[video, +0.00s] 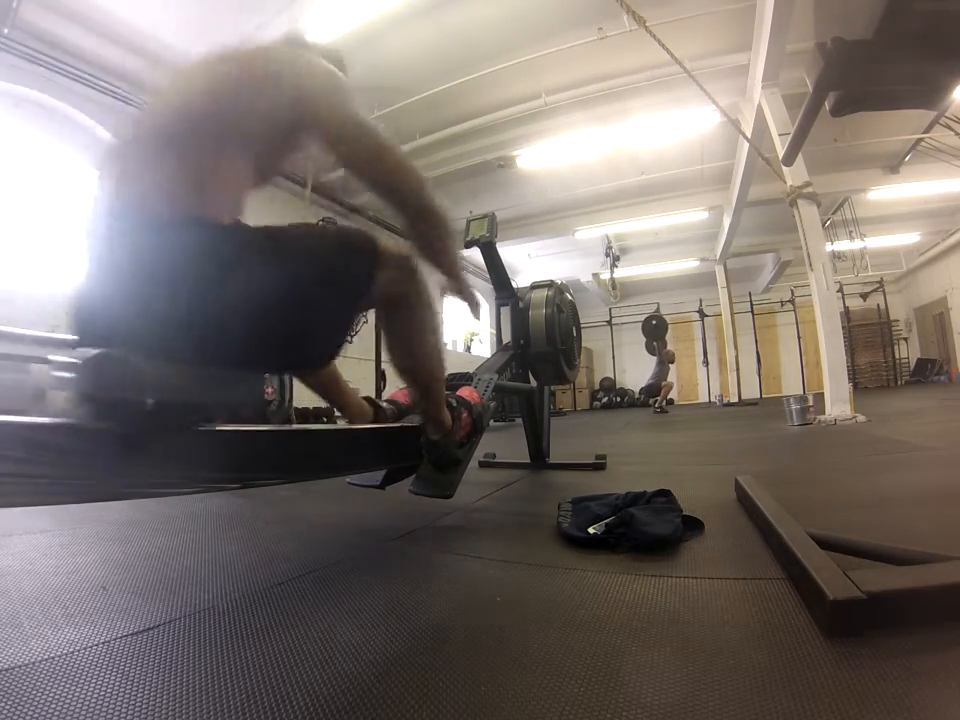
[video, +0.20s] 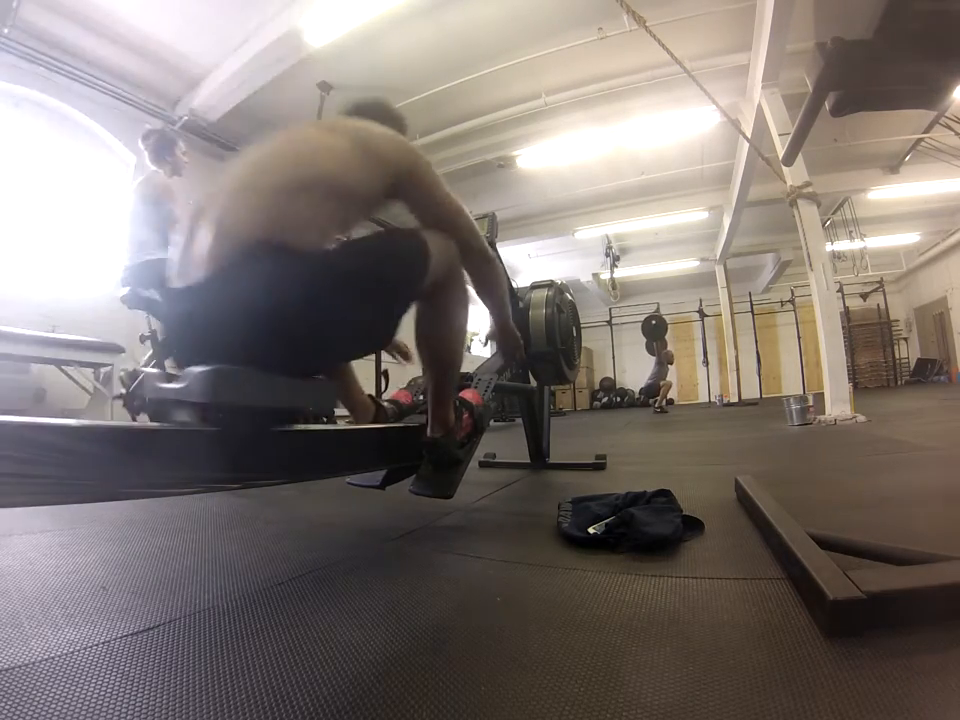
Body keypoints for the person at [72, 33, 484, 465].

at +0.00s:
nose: (315, 142)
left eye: (335, 102)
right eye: (333, 94)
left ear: (290, 51)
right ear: (320, 70)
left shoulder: (203, 93)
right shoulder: (304, 70)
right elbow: (402, 183)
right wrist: (451, 267)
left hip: (105, 299)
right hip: (190, 286)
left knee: (278, 301)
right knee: (398, 270)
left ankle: (363, 415)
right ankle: (443, 426)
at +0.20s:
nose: (400, 150)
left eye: (398, 146)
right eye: (403, 144)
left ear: (344, 121)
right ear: (394, 134)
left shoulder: (293, 146)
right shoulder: (392, 147)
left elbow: (309, 261)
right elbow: (474, 249)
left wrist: (381, 336)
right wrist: (504, 327)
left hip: (186, 325)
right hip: (267, 312)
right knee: (447, 257)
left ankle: (362, 410)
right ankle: (442, 428)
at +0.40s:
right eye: (436, 176)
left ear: (376, 154)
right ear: (428, 166)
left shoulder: (328, 182)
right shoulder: (431, 181)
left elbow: (362, 272)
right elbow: (502, 281)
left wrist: (404, 361)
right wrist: (513, 349)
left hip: (233, 343)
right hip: (313, 329)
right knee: (466, 251)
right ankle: (442, 421)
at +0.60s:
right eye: (425, 154)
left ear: (359, 144)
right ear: (418, 150)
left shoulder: (313, 176)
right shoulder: (418, 170)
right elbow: (495, 265)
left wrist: (394, 349)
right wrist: (508, 338)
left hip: (227, 343)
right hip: (311, 325)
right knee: (462, 258)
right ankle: (440, 427)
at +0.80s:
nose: (385, 98)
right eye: (382, 90)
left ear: (312, 93)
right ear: (375, 89)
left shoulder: (269, 139)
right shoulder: (381, 125)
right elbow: (472, 223)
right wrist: (499, 275)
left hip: (204, 332)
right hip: (292, 314)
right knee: (448, 255)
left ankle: (367, 411)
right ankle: (440, 424)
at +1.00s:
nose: (343, 49)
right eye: (340, 40)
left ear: (272, 60)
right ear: (336, 44)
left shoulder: (243, 121)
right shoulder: (367, 95)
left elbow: (323, 227)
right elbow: (450, 200)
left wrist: (382, 263)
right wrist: (485, 244)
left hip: (198, 334)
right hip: (287, 315)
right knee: (445, 250)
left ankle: (364, 409)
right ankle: (441, 426)